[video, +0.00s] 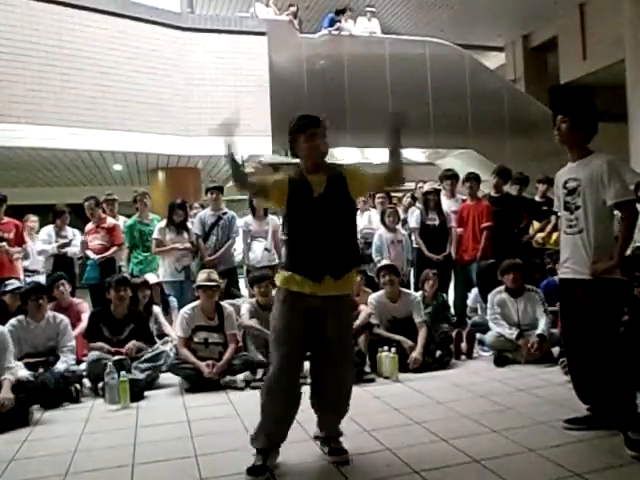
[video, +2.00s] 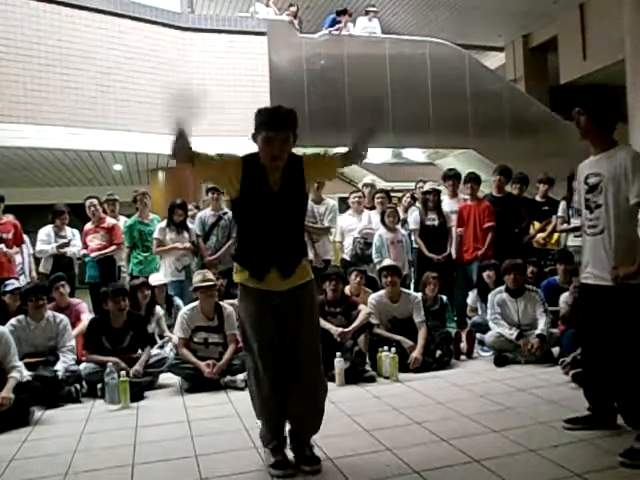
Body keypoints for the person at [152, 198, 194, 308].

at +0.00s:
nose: (178, 218)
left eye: (181, 215)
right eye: (176, 214)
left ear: (185, 215)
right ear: (171, 214)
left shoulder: (187, 228)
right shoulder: (161, 228)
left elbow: (195, 247)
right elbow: (155, 249)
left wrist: (189, 247)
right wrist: (174, 247)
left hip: (186, 269)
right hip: (169, 271)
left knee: (187, 304)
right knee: (174, 305)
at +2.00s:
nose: (178, 218)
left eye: (181, 215)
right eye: (176, 215)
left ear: (185, 215)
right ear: (171, 213)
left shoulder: (189, 228)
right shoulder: (162, 228)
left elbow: (196, 248)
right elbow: (155, 250)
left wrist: (189, 247)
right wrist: (174, 246)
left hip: (187, 268)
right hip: (170, 269)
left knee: (188, 302)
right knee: (174, 303)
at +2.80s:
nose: (182, 220)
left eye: (185, 218)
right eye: (180, 217)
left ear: (189, 218)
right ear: (174, 216)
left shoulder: (192, 231)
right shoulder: (166, 230)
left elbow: (200, 250)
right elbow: (160, 252)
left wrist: (193, 249)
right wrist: (178, 249)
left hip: (191, 273)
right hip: (173, 274)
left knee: (192, 308)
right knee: (179, 308)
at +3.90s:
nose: (182, 212)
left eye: (185, 209)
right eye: (179, 209)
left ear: (188, 212)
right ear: (175, 211)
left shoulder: (192, 230)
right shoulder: (166, 229)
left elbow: (199, 250)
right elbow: (159, 251)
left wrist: (192, 249)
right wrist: (179, 249)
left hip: (191, 273)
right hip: (173, 274)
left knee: (192, 308)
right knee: (179, 309)